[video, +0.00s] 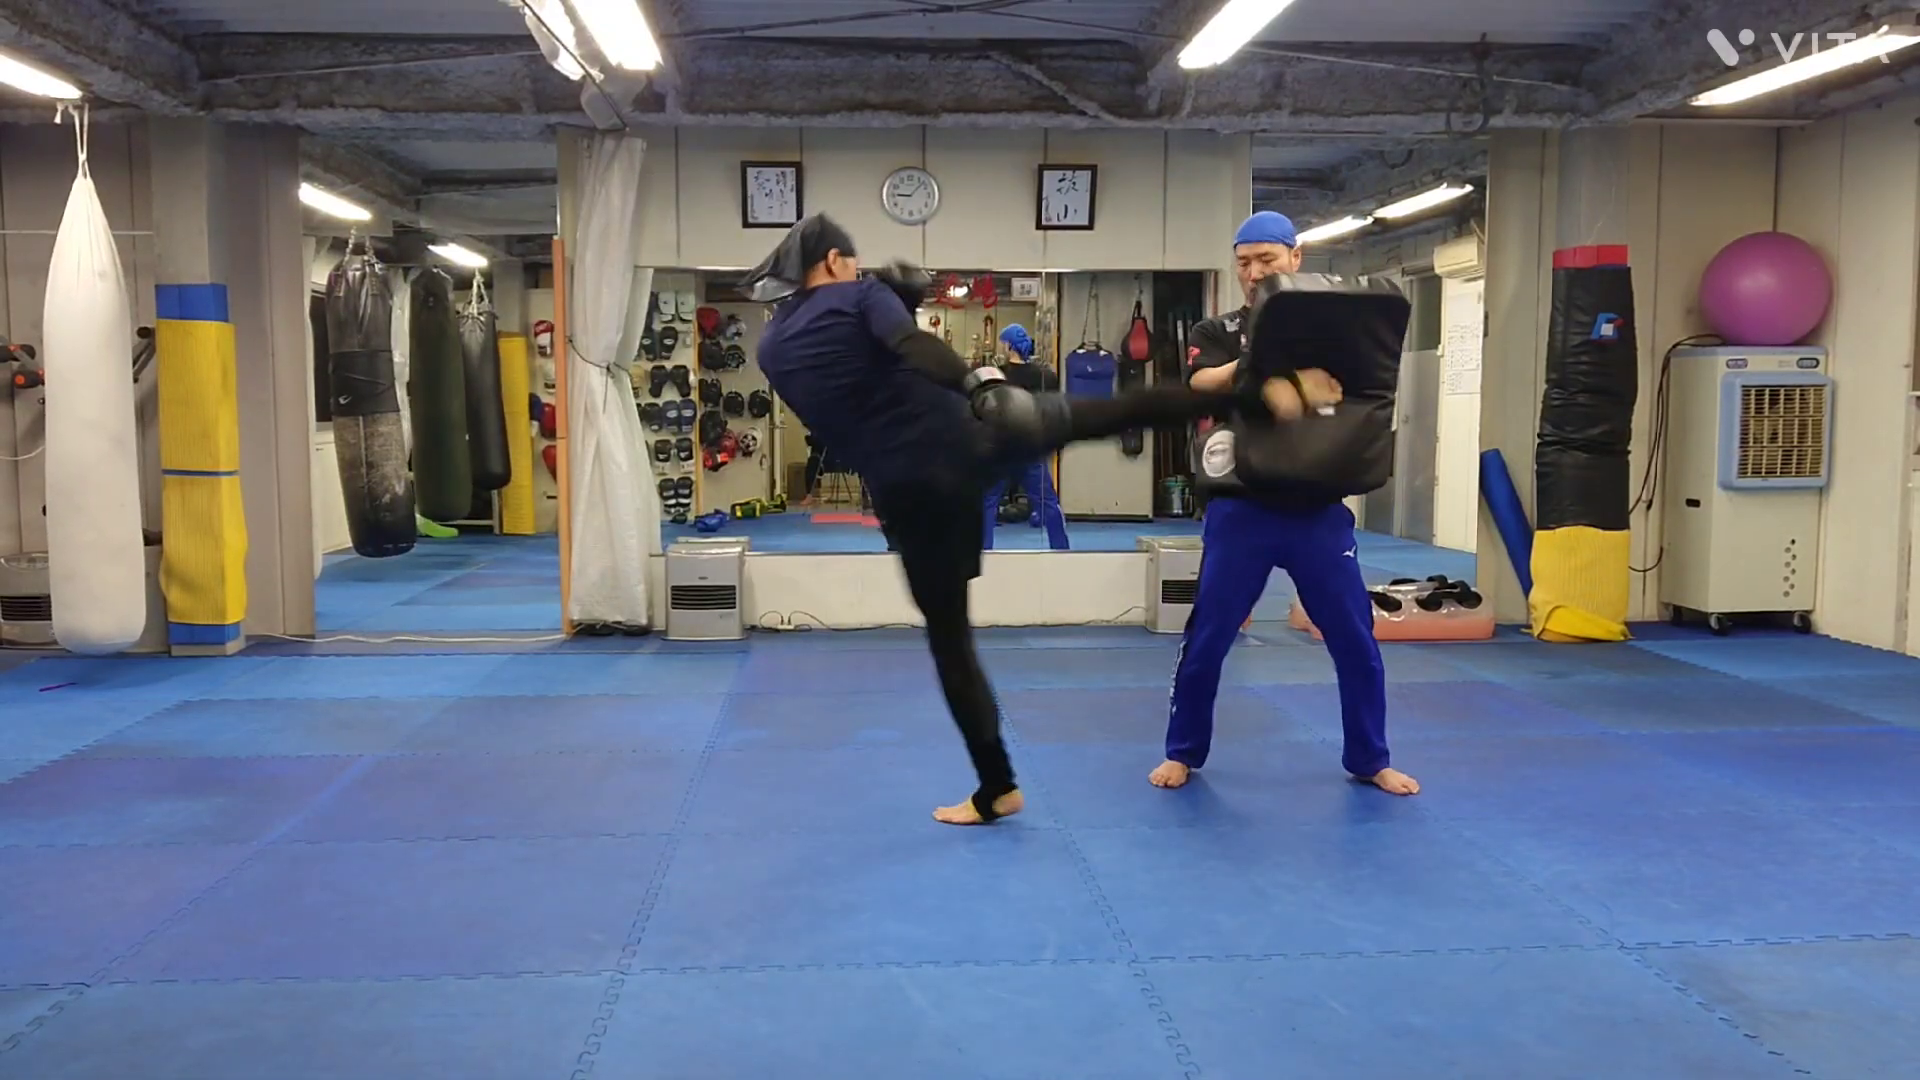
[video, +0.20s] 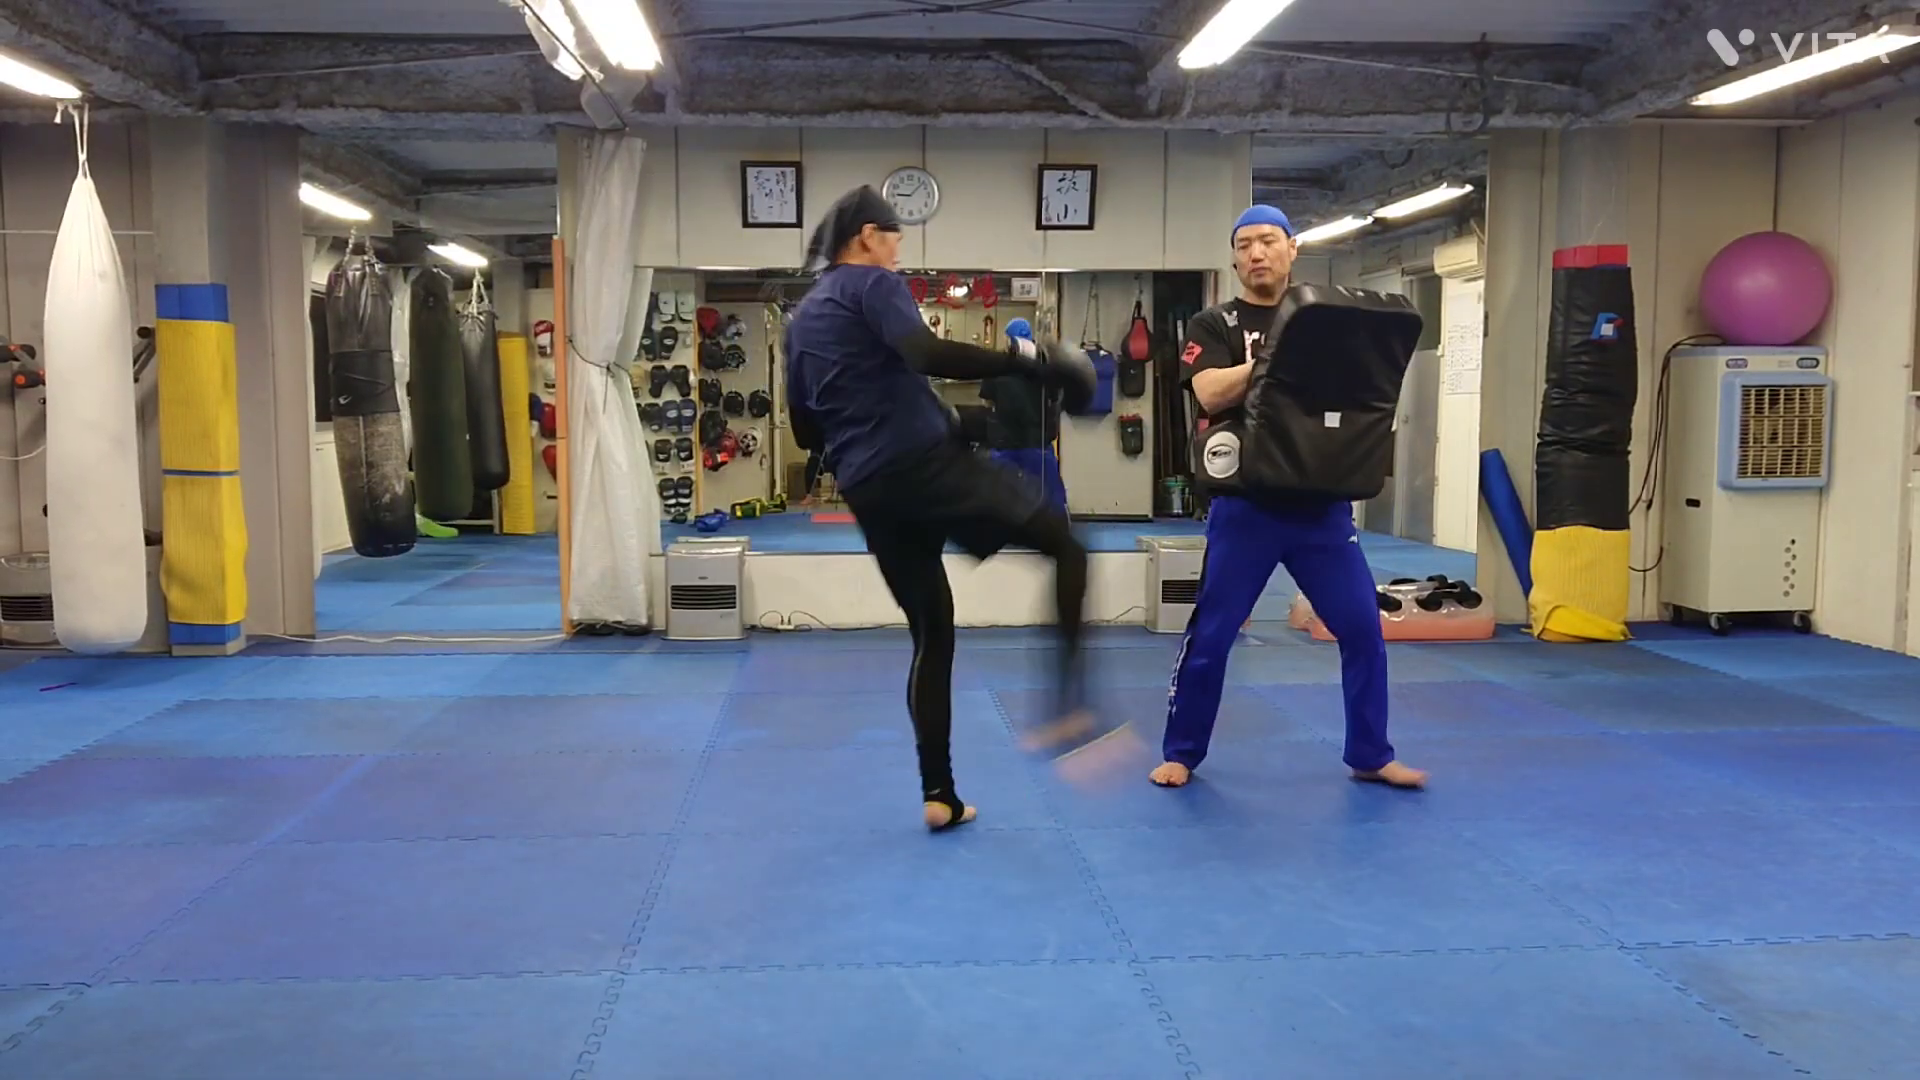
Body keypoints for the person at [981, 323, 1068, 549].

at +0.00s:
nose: (999, 349)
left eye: (1001, 344)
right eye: (1000, 344)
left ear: (1010, 346)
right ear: (1025, 345)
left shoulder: (996, 376)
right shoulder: (1046, 375)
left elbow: (985, 418)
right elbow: (1056, 413)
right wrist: (1054, 445)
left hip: (999, 449)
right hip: (1034, 448)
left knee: (989, 499)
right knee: (1046, 498)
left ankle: (984, 549)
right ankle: (1062, 549)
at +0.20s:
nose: (1007, 341)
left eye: (1007, 338)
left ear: (1009, 338)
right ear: (1031, 336)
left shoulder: (1000, 362)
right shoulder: (1045, 361)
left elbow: (986, 395)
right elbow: (1054, 397)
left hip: (1005, 436)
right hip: (1039, 436)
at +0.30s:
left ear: (1020, 348)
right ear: (1048, 351)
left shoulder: (1002, 370)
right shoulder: (1052, 372)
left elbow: (990, 398)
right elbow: (1066, 404)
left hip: (1008, 444)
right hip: (1042, 444)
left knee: (996, 498)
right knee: (1062, 491)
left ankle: (986, 551)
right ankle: (1071, 546)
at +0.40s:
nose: (1015, 344)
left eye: (1016, 340)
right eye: (1016, 339)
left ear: (1022, 344)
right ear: (1043, 342)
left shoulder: (1010, 373)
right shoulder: (1060, 372)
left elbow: (999, 405)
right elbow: (1074, 406)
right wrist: (1058, 409)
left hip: (1015, 446)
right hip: (1051, 446)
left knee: (998, 500)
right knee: (1074, 497)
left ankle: (986, 552)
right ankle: (1089, 548)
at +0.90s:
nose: (1040, 346)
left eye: (1042, 342)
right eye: (1040, 342)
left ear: (1051, 345)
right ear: (1067, 344)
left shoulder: (1034, 373)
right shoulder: (1085, 375)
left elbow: (1022, 406)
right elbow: (1096, 410)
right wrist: (1076, 412)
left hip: (1037, 449)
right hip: (1072, 449)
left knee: (1020, 505)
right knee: (1091, 504)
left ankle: (1006, 557)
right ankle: (1107, 555)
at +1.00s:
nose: (1040, 346)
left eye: (1042, 342)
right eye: (1042, 342)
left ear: (1048, 347)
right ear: (1067, 348)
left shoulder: (1028, 373)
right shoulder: (1080, 374)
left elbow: (1020, 403)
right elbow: (1092, 405)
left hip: (1037, 451)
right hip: (1069, 450)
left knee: (1027, 509)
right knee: (1088, 501)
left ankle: (1024, 559)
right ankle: (1105, 551)